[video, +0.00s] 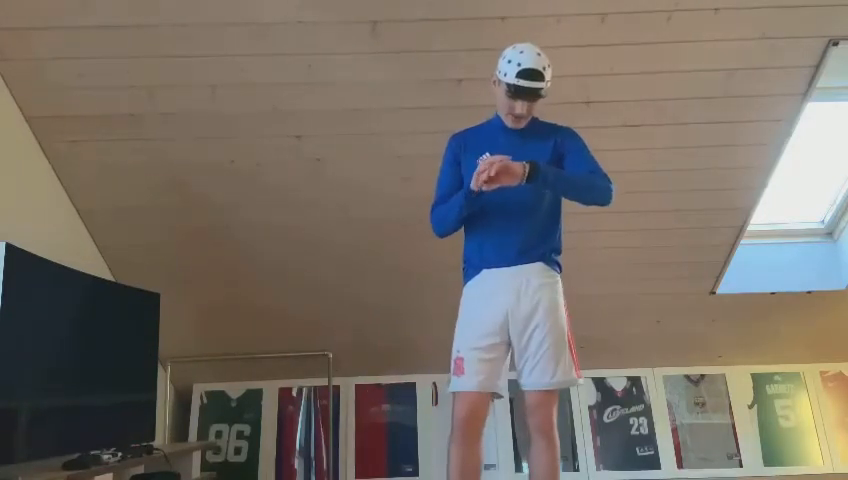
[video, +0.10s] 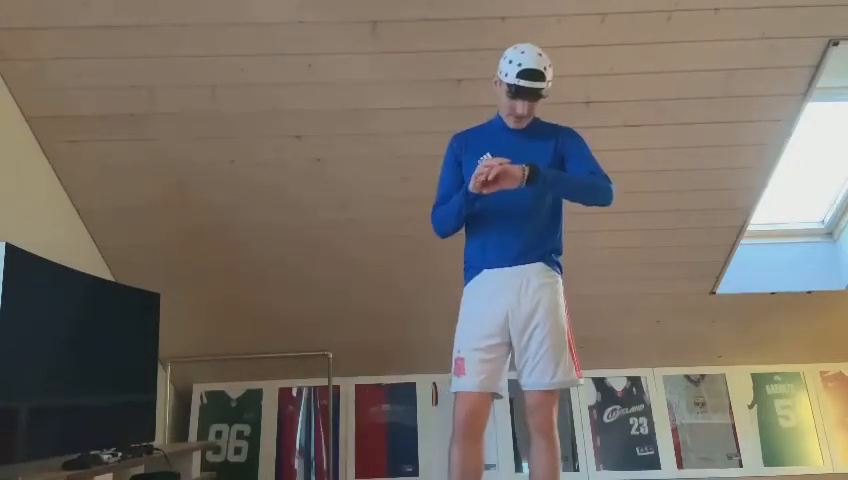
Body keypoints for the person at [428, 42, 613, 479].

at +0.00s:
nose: (521, 106)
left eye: (531, 97)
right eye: (513, 95)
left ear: (543, 92)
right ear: (497, 85)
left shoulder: (561, 139)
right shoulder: (464, 143)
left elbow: (602, 191)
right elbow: (440, 223)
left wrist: (530, 171)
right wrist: (473, 189)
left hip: (539, 288)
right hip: (482, 290)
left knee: (541, 416)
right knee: (467, 415)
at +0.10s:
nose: (522, 106)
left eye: (532, 97)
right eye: (514, 95)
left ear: (544, 92)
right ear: (499, 86)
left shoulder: (562, 140)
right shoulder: (465, 143)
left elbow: (603, 192)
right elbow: (441, 224)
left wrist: (530, 173)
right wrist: (471, 190)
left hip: (540, 289)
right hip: (483, 290)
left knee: (542, 417)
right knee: (468, 417)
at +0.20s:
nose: (523, 106)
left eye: (533, 97)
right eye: (516, 95)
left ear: (545, 92)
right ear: (500, 86)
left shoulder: (563, 140)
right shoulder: (466, 144)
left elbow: (603, 192)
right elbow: (441, 224)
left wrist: (530, 176)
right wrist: (471, 191)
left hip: (540, 289)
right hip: (483, 290)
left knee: (541, 417)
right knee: (469, 417)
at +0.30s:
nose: (523, 105)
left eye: (533, 95)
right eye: (516, 93)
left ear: (545, 92)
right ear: (500, 85)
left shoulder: (564, 140)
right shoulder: (467, 144)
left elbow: (603, 192)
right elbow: (441, 224)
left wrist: (530, 177)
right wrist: (470, 192)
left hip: (540, 289)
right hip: (483, 290)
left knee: (541, 417)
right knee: (469, 417)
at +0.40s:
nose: (523, 103)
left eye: (533, 94)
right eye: (515, 91)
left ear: (544, 91)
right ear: (500, 85)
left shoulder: (564, 140)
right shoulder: (467, 144)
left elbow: (603, 192)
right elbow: (442, 224)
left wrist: (529, 179)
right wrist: (469, 193)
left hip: (540, 289)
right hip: (483, 290)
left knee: (541, 417)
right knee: (469, 417)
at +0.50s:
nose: (522, 103)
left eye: (532, 93)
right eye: (514, 91)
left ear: (544, 91)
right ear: (500, 85)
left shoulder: (564, 140)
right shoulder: (468, 144)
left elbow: (602, 190)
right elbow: (442, 225)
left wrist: (529, 179)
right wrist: (468, 193)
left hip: (540, 289)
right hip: (483, 290)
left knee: (541, 417)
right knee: (469, 417)